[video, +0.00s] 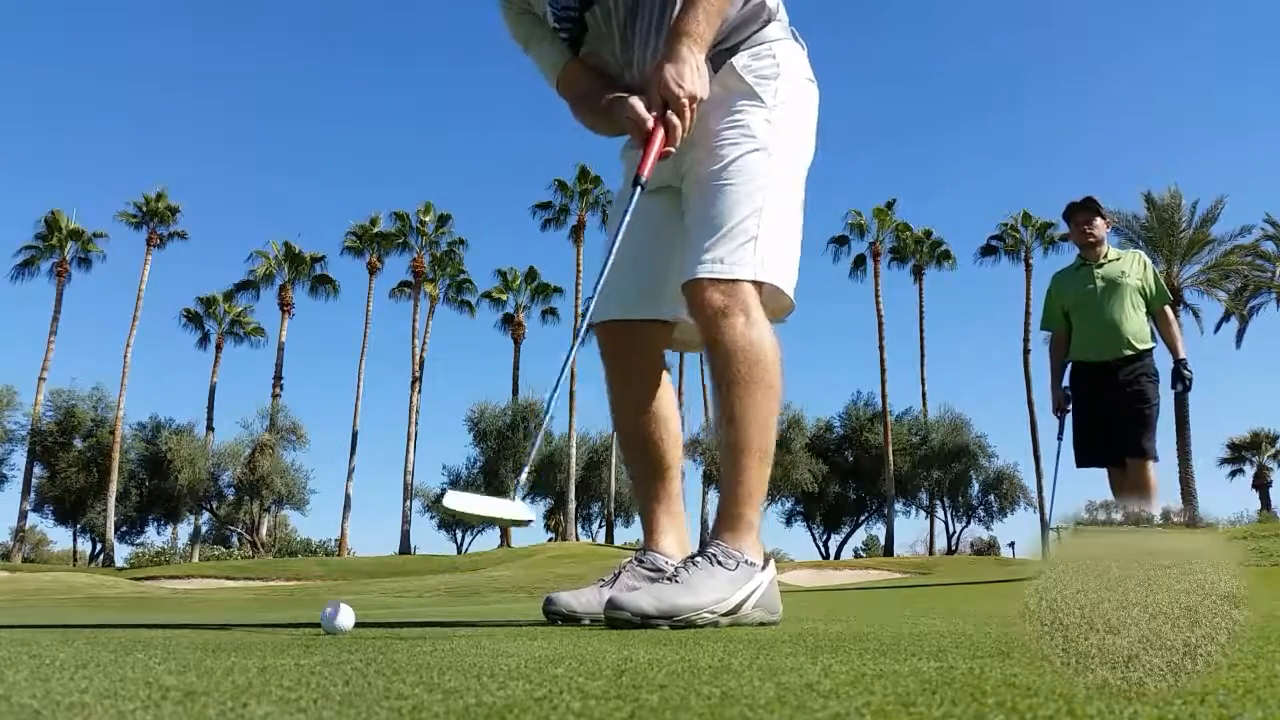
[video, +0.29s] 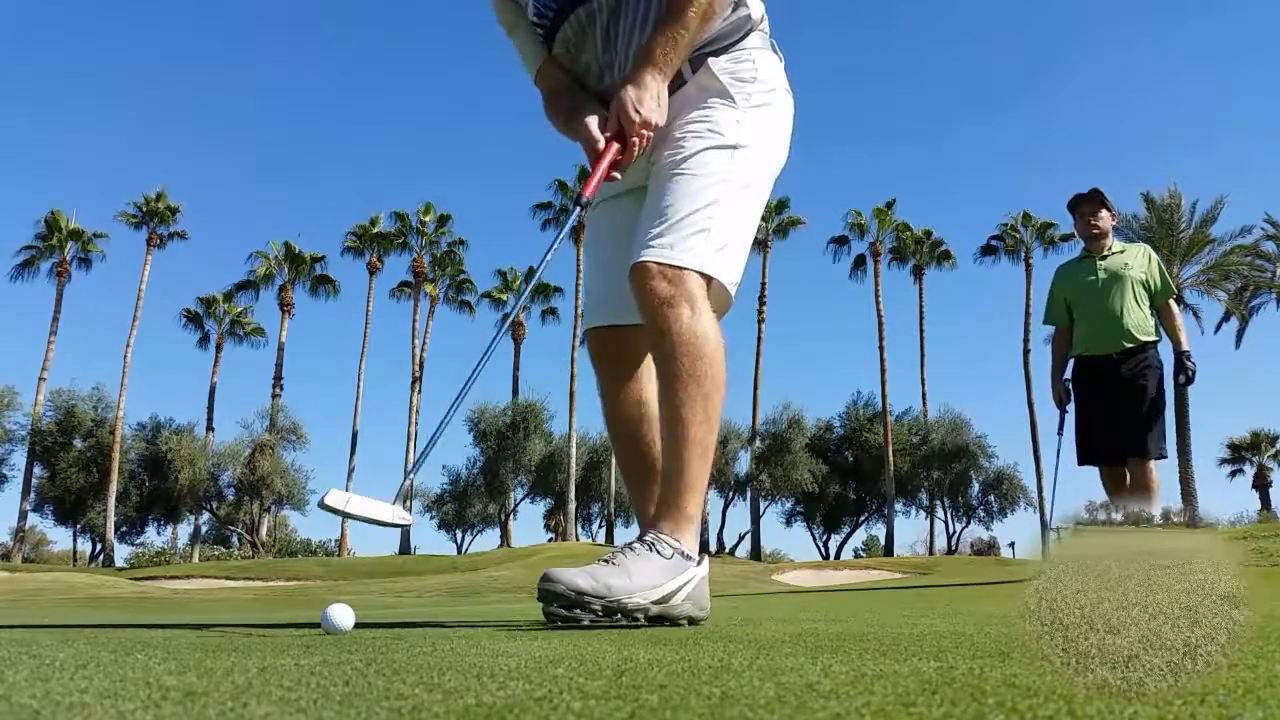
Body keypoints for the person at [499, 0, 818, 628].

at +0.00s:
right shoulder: (521, 8)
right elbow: (581, 87)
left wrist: (688, 40)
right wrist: (618, 110)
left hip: (744, 55)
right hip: (652, 107)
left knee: (722, 287)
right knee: (623, 323)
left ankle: (740, 558)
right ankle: (666, 558)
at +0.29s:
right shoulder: (511, 6)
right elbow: (554, 81)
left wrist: (654, 68)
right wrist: (583, 117)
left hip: (717, 71)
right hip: (616, 113)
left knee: (667, 276)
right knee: (613, 330)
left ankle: (677, 547)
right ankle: (661, 552)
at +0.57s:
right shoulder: (516, 6)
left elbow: (675, 5)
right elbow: (545, 69)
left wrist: (606, 106)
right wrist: (559, 128)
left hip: (704, 56)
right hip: (598, 98)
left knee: (669, 289)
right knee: (573, 323)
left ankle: (672, 559)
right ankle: (646, 543)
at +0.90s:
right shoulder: (491, 5)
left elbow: (647, 10)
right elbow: (530, 78)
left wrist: (585, 132)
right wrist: (545, 158)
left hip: (690, 58)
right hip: (588, 97)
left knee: (656, 292)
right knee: (570, 318)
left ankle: (672, 560)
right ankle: (593, 559)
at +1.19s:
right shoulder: (467, 6)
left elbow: (629, 7)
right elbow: (512, 89)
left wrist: (570, 127)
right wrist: (526, 157)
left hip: (672, 67)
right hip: (573, 112)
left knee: (651, 293)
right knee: (565, 325)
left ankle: (670, 560)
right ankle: (594, 560)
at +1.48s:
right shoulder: (455, 7)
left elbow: (618, 6)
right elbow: (503, 93)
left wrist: (562, 125)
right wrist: (517, 160)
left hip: (664, 65)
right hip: (567, 115)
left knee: (652, 291)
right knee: (559, 325)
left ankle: (670, 561)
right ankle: (595, 559)